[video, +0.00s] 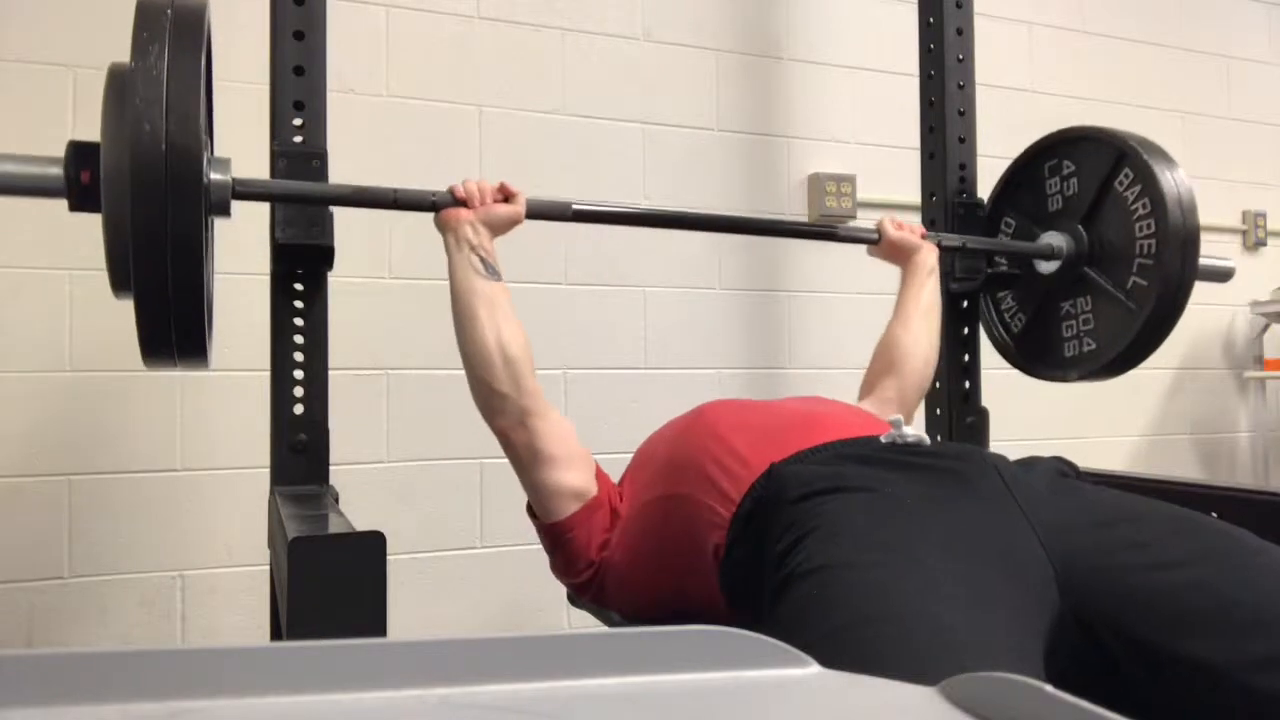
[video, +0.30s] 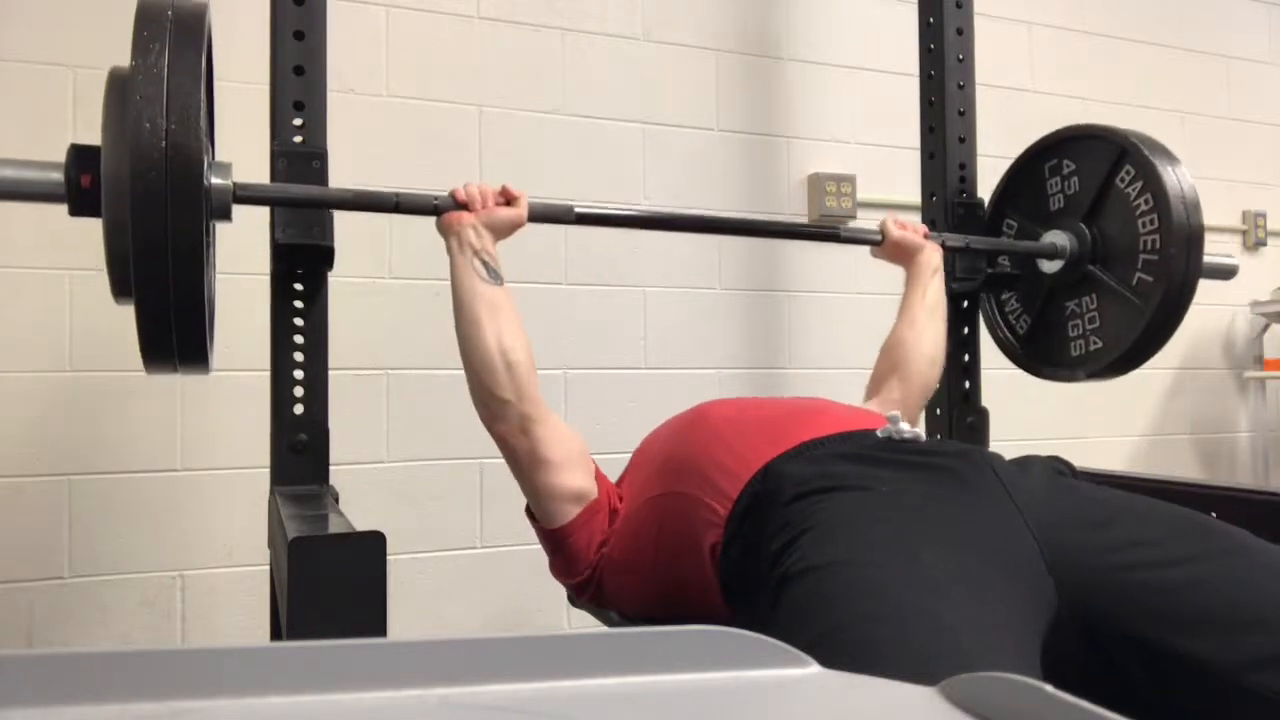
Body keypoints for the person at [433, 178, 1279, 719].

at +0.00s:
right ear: (620, 504)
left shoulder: (845, 426)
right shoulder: (612, 537)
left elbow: (896, 384)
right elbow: (517, 412)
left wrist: (919, 265)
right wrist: (471, 250)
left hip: (1011, 474)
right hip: (838, 493)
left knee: (1268, 603)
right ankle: (985, 701)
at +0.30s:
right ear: (611, 497)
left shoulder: (838, 423)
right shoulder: (608, 530)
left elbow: (900, 389)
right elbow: (517, 412)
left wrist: (923, 266)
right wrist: (472, 253)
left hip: (1010, 475)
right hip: (839, 491)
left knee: (1272, 606)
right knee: (945, 674)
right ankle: (981, 704)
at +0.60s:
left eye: (798, 421)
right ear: (640, 492)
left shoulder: (857, 438)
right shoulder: (618, 541)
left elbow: (959, 461)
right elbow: (506, 502)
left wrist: (945, 334)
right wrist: (470, 330)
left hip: (1037, 481)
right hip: (852, 504)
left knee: (1271, 613)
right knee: (937, 673)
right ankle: (975, 707)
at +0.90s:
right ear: (646, 486)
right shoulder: (626, 527)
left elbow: (1021, 518)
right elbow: (535, 616)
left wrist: (974, 425)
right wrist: (483, 440)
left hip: (1012, 482)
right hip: (846, 492)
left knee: (1271, 609)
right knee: (933, 661)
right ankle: (976, 701)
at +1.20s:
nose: (747, 415)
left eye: (775, 418)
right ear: (653, 468)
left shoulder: (856, 421)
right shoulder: (618, 530)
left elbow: (1023, 523)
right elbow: (547, 643)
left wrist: (990, 454)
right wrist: (491, 490)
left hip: (1021, 489)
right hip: (849, 504)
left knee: (1274, 602)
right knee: (935, 681)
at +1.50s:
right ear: (650, 495)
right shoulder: (623, 542)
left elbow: (970, 477)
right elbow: (511, 537)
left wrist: (971, 358)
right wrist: (481, 374)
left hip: (1031, 487)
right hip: (845, 506)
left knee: (1269, 614)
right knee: (922, 690)